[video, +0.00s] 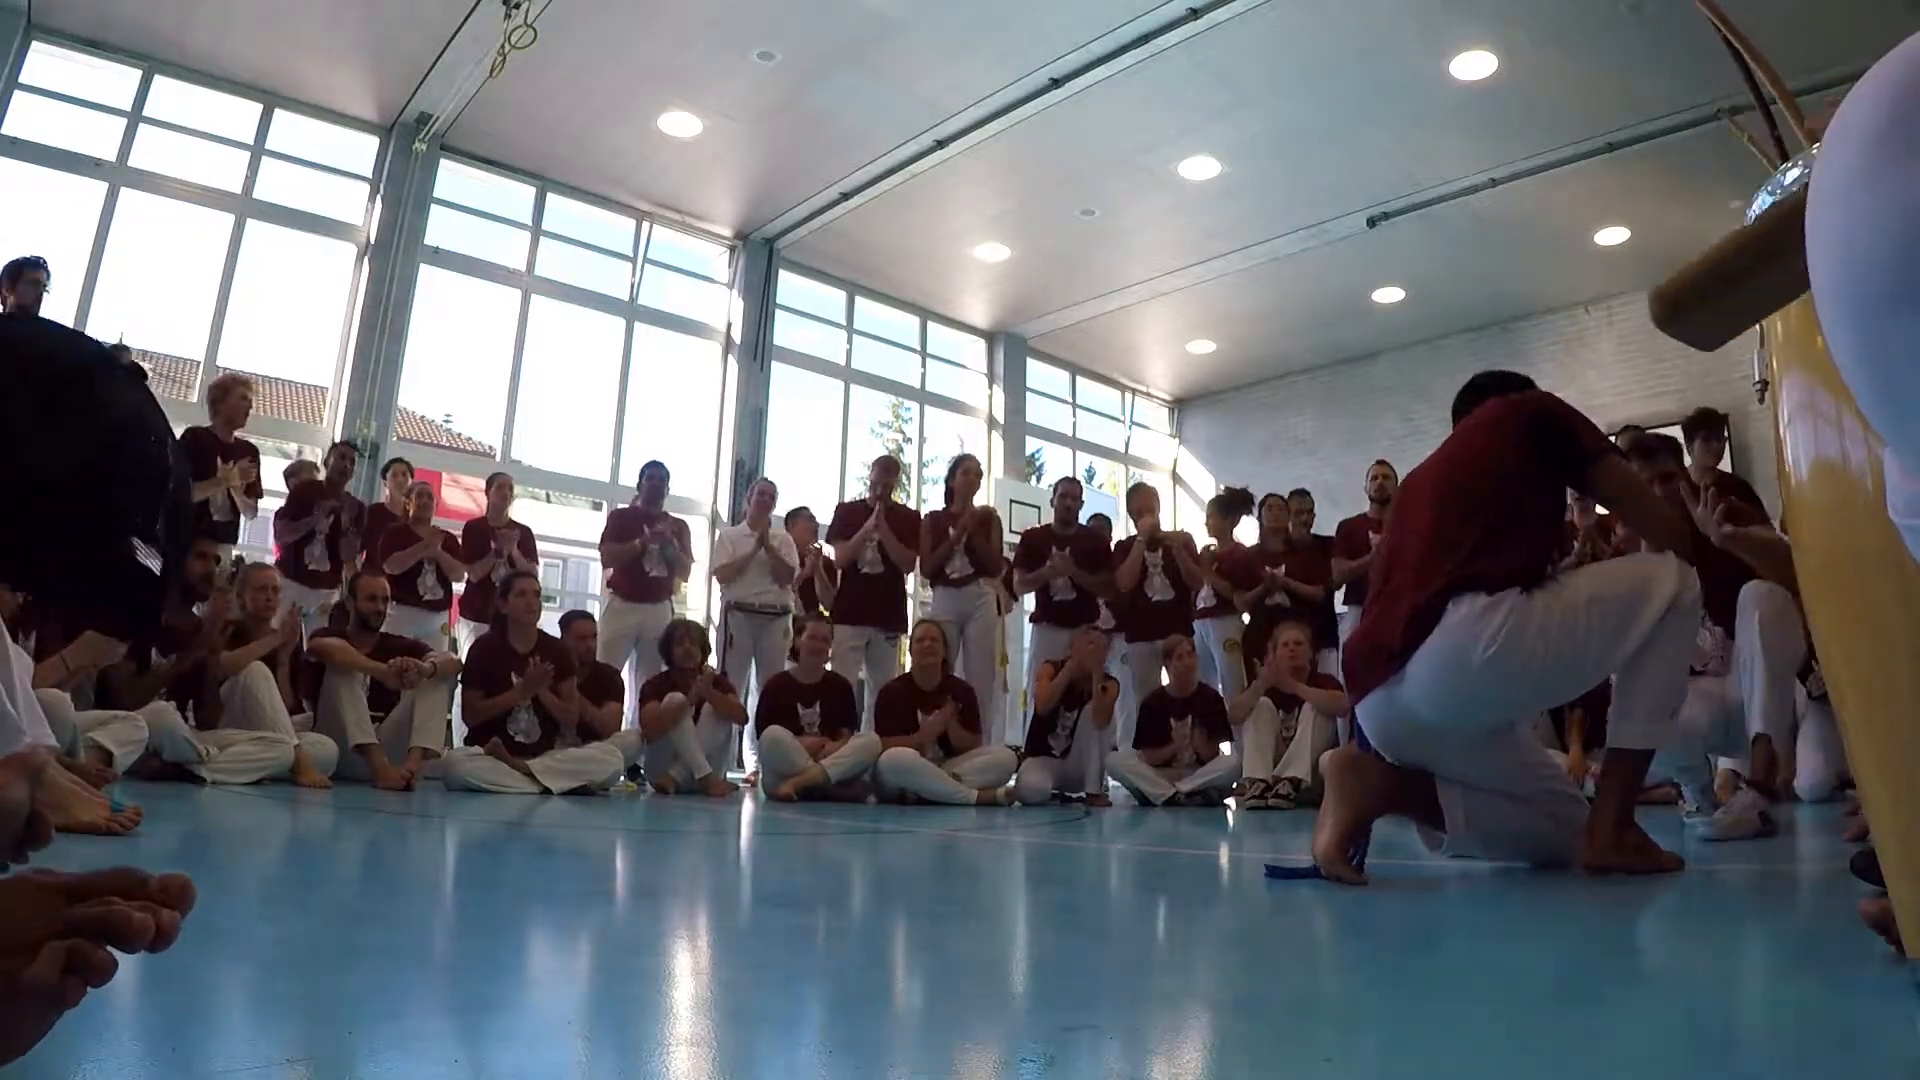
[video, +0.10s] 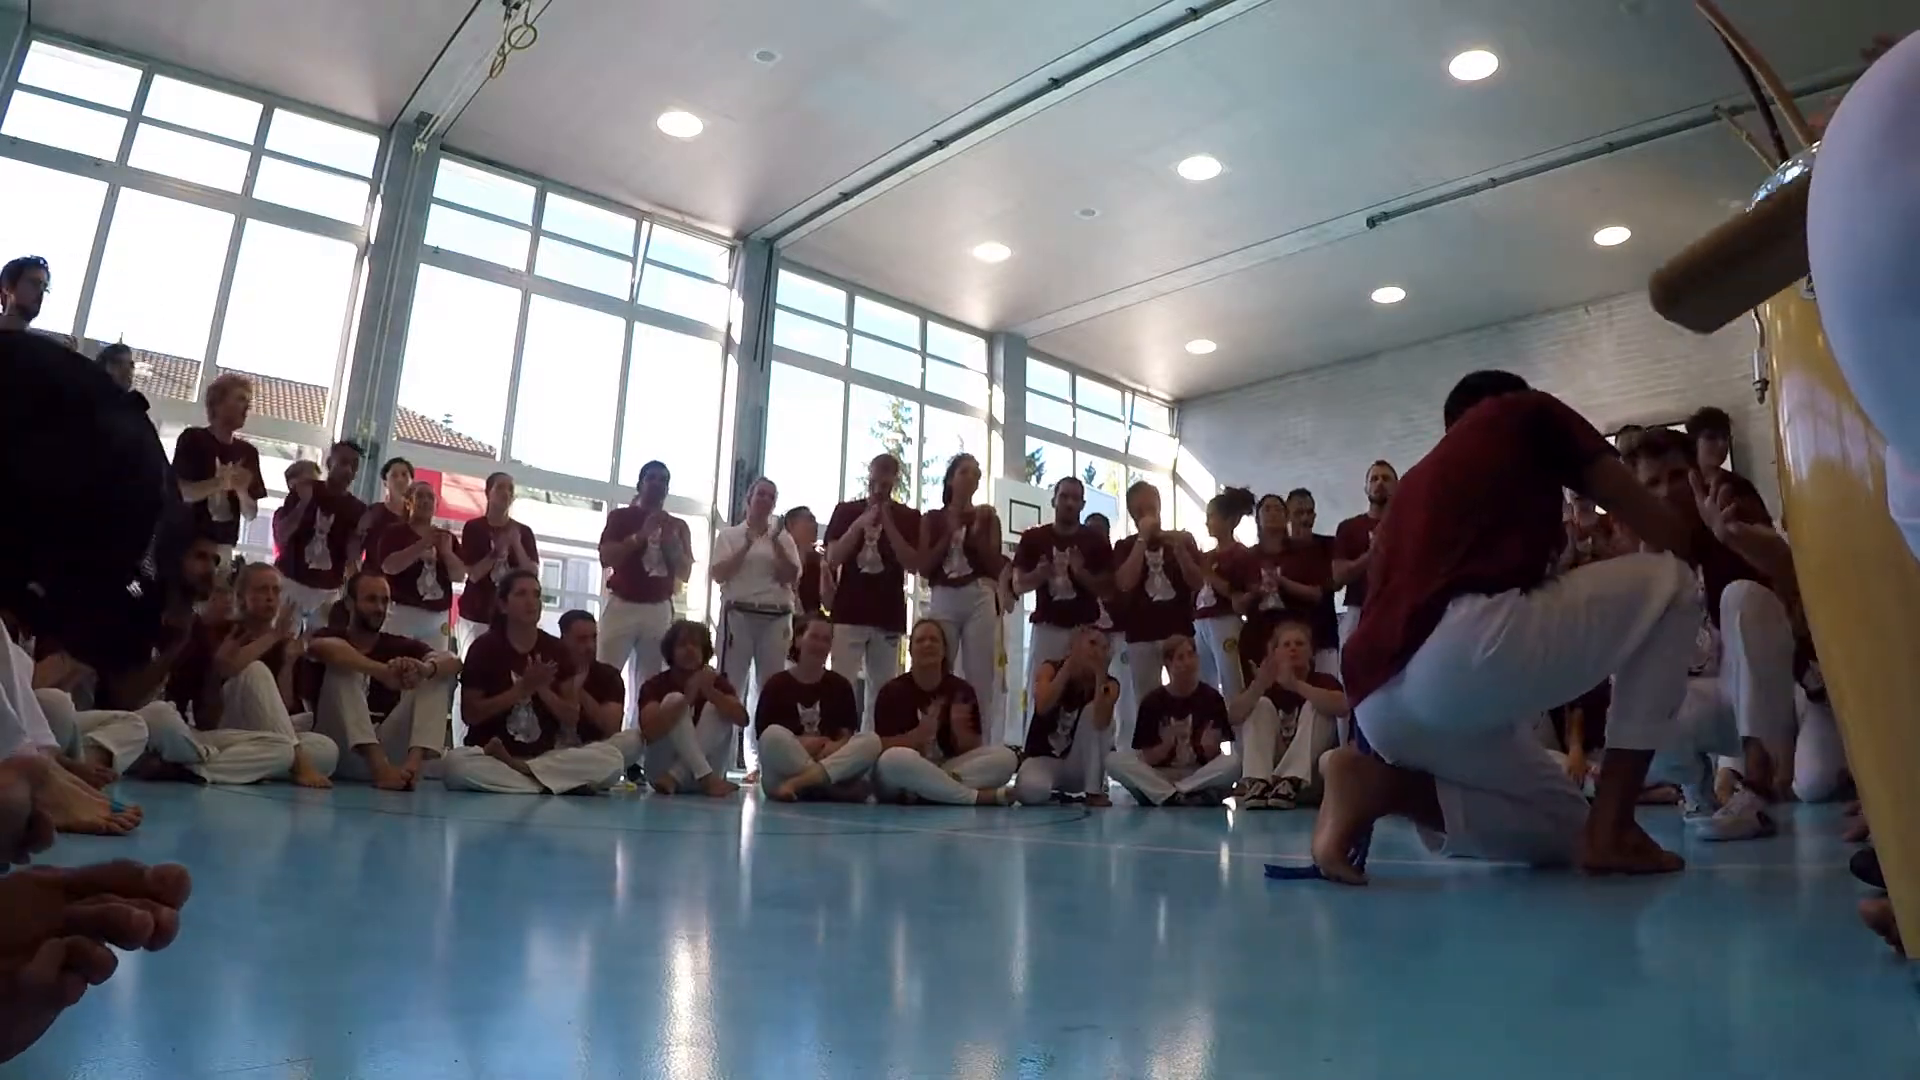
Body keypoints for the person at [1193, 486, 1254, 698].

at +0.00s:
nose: (1206, 522)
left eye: (1211, 516)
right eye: (1206, 516)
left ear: (1231, 520)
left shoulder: (1241, 553)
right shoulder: (1211, 555)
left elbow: (1240, 596)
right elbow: (1197, 585)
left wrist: (1209, 570)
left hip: (1226, 620)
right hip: (1201, 621)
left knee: (1232, 685)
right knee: (1205, 684)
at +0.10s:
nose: (1206, 521)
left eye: (1212, 516)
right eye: (1207, 516)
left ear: (1232, 520)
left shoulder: (1242, 554)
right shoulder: (1208, 556)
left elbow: (1246, 596)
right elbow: (1196, 583)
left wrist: (1210, 574)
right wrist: (1183, 552)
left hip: (1225, 619)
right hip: (1201, 620)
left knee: (1231, 683)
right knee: (1206, 682)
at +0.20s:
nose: (1207, 521)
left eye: (1213, 516)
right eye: (1208, 516)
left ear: (1232, 520)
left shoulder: (1242, 553)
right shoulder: (1207, 556)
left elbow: (1240, 595)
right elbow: (1197, 583)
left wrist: (1207, 571)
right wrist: (1183, 553)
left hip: (1225, 620)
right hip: (1201, 621)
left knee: (1230, 683)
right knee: (1206, 682)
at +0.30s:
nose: (1207, 521)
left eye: (1212, 515)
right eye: (1207, 515)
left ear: (1232, 520)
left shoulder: (1240, 553)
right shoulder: (1208, 556)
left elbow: (1234, 590)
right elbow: (1196, 583)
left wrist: (1205, 571)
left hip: (1225, 619)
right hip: (1203, 621)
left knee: (1230, 684)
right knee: (1206, 683)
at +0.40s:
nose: (1207, 521)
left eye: (1213, 516)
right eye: (1207, 515)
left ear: (1232, 520)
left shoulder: (1240, 553)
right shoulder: (1208, 556)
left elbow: (1235, 591)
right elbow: (1199, 585)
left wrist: (1208, 573)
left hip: (1225, 619)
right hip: (1204, 620)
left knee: (1230, 684)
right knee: (1207, 682)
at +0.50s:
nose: (1207, 521)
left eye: (1212, 516)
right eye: (1207, 515)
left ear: (1231, 520)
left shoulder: (1242, 554)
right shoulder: (1208, 556)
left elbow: (1236, 591)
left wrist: (1207, 571)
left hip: (1226, 619)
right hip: (1204, 620)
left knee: (1231, 685)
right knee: (1207, 684)